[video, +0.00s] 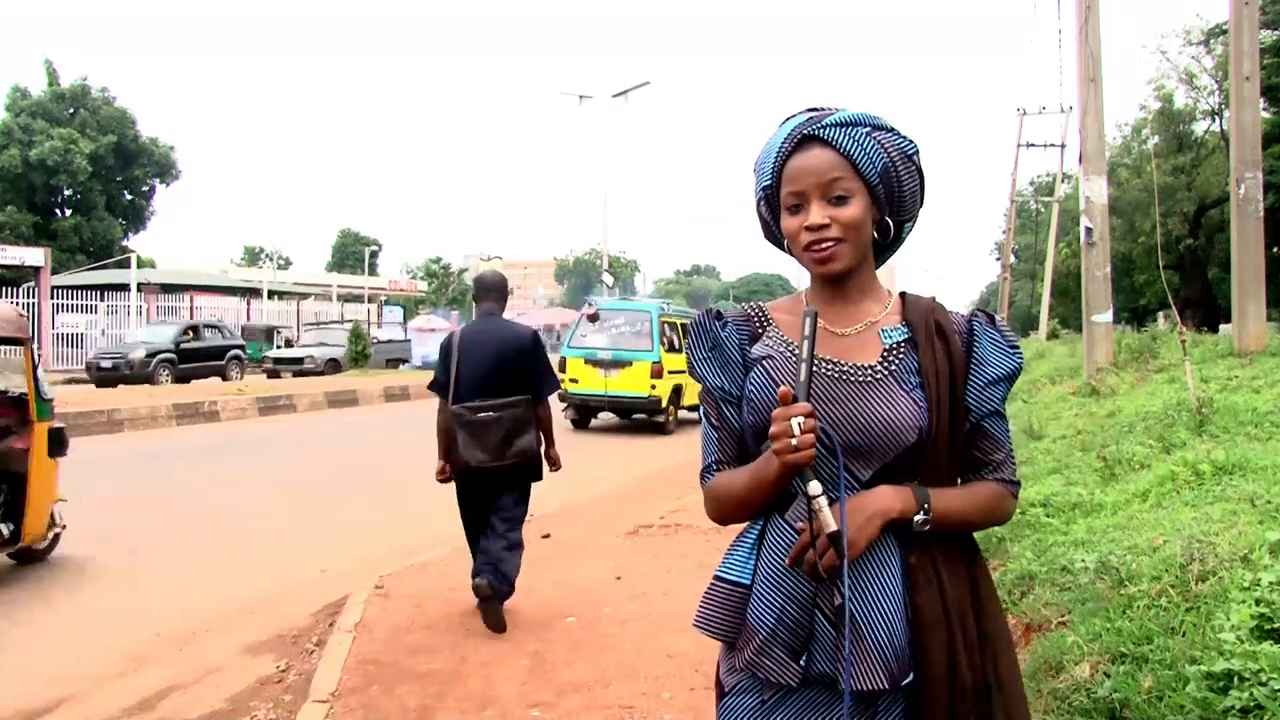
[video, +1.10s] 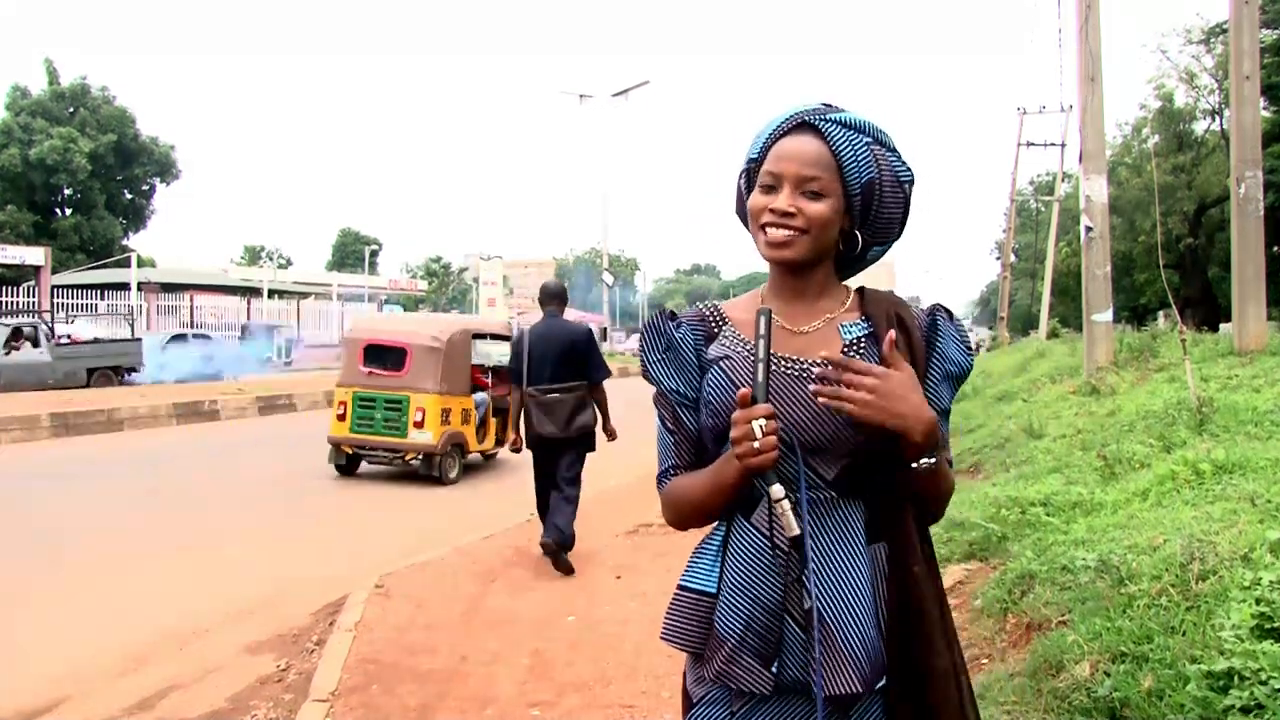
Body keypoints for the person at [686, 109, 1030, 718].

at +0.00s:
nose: (816, 221)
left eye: (838, 198)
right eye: (795, 206)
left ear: (880, 207)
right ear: (778, 224)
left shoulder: (950, 339)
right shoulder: (743, 338)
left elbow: (999, 493)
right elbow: (719, 502)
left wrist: (890, 502)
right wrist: (776, 462)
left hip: (913, 626)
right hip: (781, 629)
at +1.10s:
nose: (781, 205)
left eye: (811, 191)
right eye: (769, 185)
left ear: (851, 215)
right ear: (747, 199)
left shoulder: (902, 329)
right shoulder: (698, 336)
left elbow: (932, 505)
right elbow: (677, 507)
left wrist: (923, 427)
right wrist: (734, 462)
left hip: (872, 620)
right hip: (741, 619)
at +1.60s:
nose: (757, 205)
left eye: (784, 187)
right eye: (741, 191)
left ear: (832, 207)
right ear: (727, 212)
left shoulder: (892, 346)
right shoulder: (685, 336)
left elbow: (921, 519)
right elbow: (649, 507)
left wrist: (884, 491)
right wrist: (691, 463)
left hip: (840, 638)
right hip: (709, 632)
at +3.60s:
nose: (785, 203)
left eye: (813, 187)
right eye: (771, 184)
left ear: (856, 213)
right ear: (749, 202)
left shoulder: (916, 334)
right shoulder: (706, 336)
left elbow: (952, 498)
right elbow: (680, 514)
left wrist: (878, 465)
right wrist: (742, 461)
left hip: (880, 614)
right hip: (750, 621)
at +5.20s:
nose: (817, 228)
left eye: (847, 210)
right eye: (805, 209)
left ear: (894, 231)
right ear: (788, 224)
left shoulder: (960, 349)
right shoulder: (760, 361)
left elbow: (1001, 519)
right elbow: (743, 531)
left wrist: (960, 453)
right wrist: (786, 494)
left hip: (934, 625)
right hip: (809, 625)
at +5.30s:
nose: (821, 219)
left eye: (849, 202)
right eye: (807, 203)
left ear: (896, 226)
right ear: (790, 223)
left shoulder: (955, 342)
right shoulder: (760, 356)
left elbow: (1006, 514)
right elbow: (743, 525)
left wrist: (968, 395)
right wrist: (783, 486)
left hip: (930, 627)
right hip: (806, 627)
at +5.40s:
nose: (824, 208)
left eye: (850, 190)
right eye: (808, 196)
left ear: (900, 213)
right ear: (791, 220)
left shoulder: (961, 322)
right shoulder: (762, 347)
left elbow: (1014, 491)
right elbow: (742, 517)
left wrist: (975, 323)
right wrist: (781, 473)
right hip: (806, 635)